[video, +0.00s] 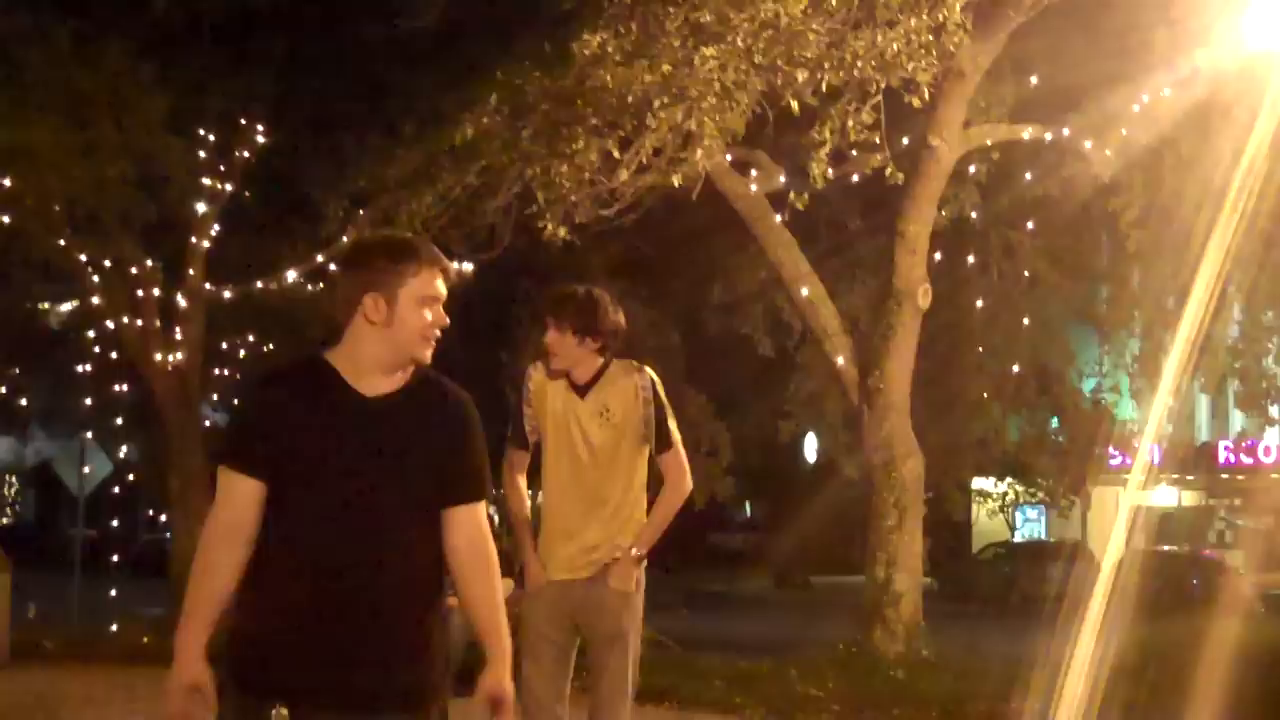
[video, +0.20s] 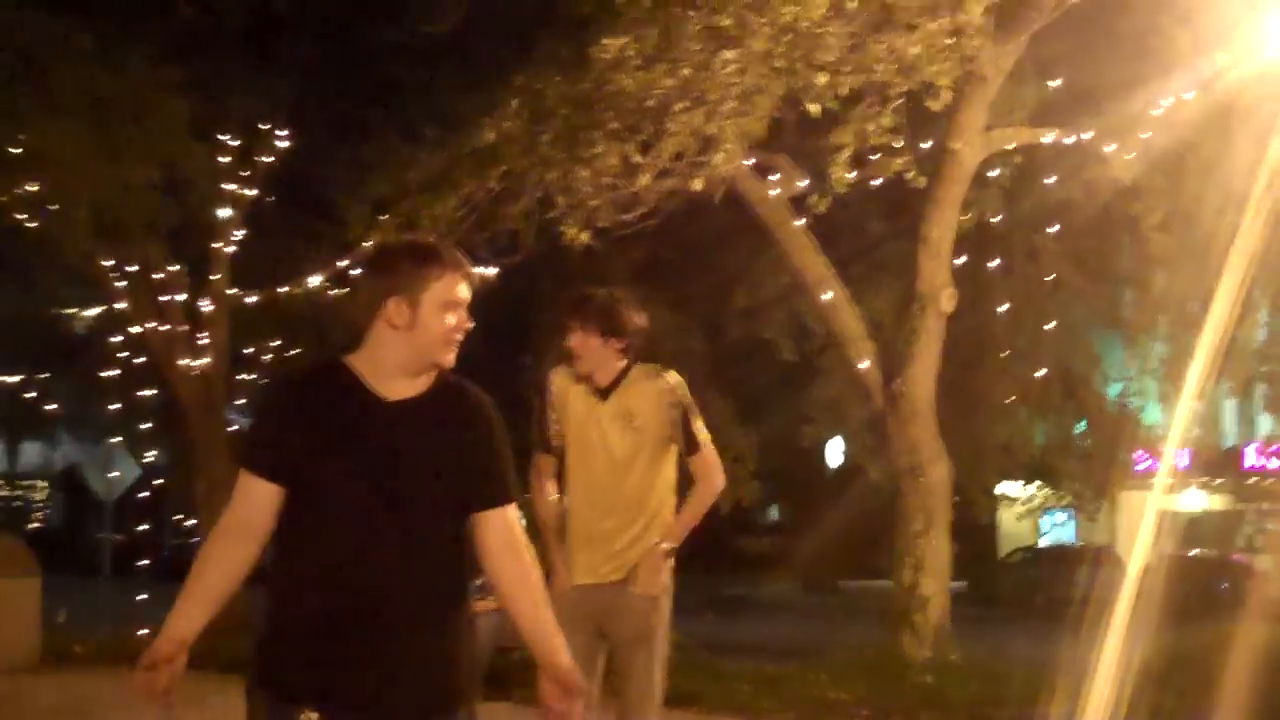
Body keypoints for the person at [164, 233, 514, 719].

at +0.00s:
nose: (442, 319)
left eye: (441, 305)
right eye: (428, 303)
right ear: (374, 308)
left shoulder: (446, 412)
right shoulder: (279, 397)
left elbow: (469, 540)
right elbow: (230, 526)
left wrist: (498, 658)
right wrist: (190, 649)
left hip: (399, 681)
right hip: (279, 679)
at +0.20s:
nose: (466, 324)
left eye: (466, 309)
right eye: (451, 308)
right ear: (397, 313)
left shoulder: (466, 415)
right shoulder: (300, 399)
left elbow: (505, 547)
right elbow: (242, 527)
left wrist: (553, 658)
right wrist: (176, 636)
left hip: (425, 689)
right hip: (303, 689)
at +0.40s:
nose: (553, 322)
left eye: (555, 307)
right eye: (537, 304)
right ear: (480, 304)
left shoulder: (557, 413)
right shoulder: (398, 394)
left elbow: (601, 542)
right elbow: (336, 522)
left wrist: (655, 658)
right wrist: (266, 629)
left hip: (519, 684)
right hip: (401, 681)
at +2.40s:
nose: (725, 382)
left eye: (732, 367)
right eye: (705, 368)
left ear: (738, 366)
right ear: (655, 362)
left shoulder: (733, 449)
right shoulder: (599, 421)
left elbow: (719, 586)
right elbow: (545, 532)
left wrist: (694, 697)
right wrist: (490, 638)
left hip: (672, 682)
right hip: (583, 666)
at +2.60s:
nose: (633, 336)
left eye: (641, 322)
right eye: (618, 321)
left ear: (648, 321)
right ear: (568, 315)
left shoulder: (645, 409)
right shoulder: (508, 386)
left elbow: (643, 539)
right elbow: (459, 499)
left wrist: (626, 645)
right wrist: (409, 605)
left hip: (596, 652)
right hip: (502, 639)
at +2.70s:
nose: (607, 322)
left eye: (613, 308)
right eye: (591, 309)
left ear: (621, 305)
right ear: (542, 306)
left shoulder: (623, 394)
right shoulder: (488, 379)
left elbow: (633, 522)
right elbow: (440, 493)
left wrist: (630, 629)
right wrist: (396, 597)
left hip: (584, 635)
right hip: (492, 626)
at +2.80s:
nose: (589, 318)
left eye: (595, 304)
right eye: (572, 304)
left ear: (603, 302)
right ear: (524, 303)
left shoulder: (608, 385)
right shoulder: (473, 374)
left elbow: (622, 513)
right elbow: (428, 490)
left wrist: (632, 622)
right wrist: (390, 592)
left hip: (576, 627)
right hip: (481, 620)